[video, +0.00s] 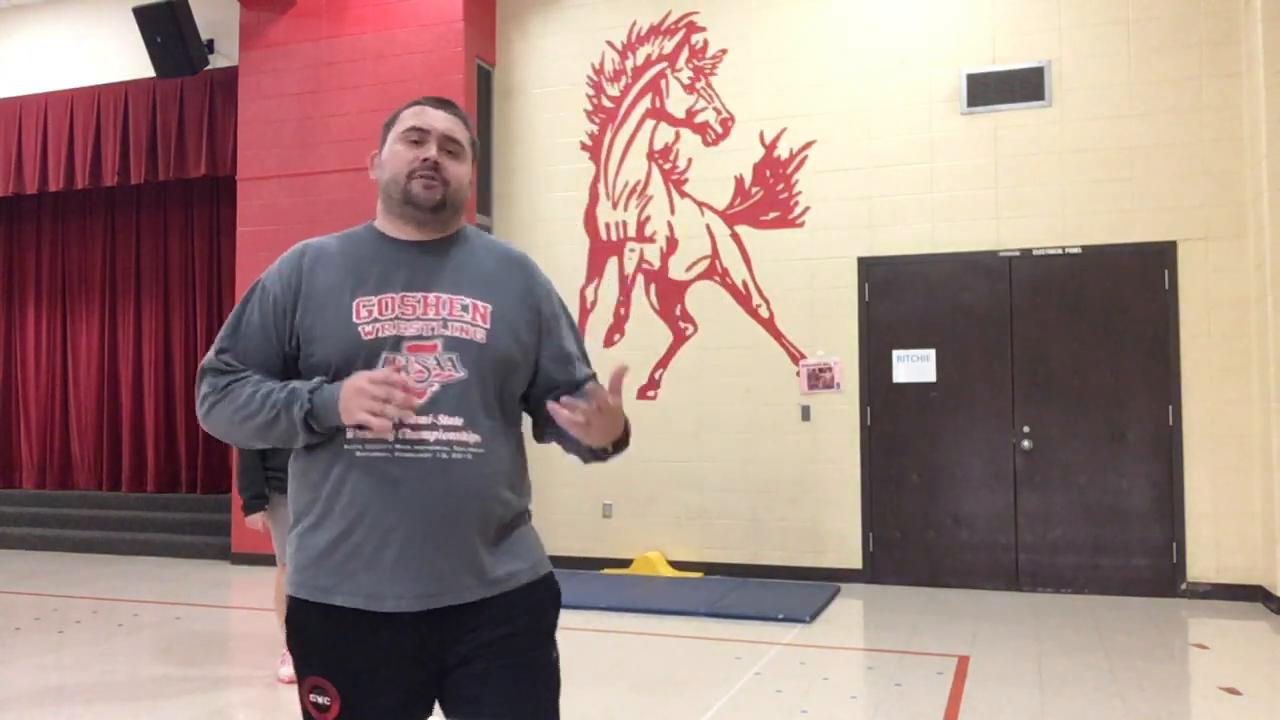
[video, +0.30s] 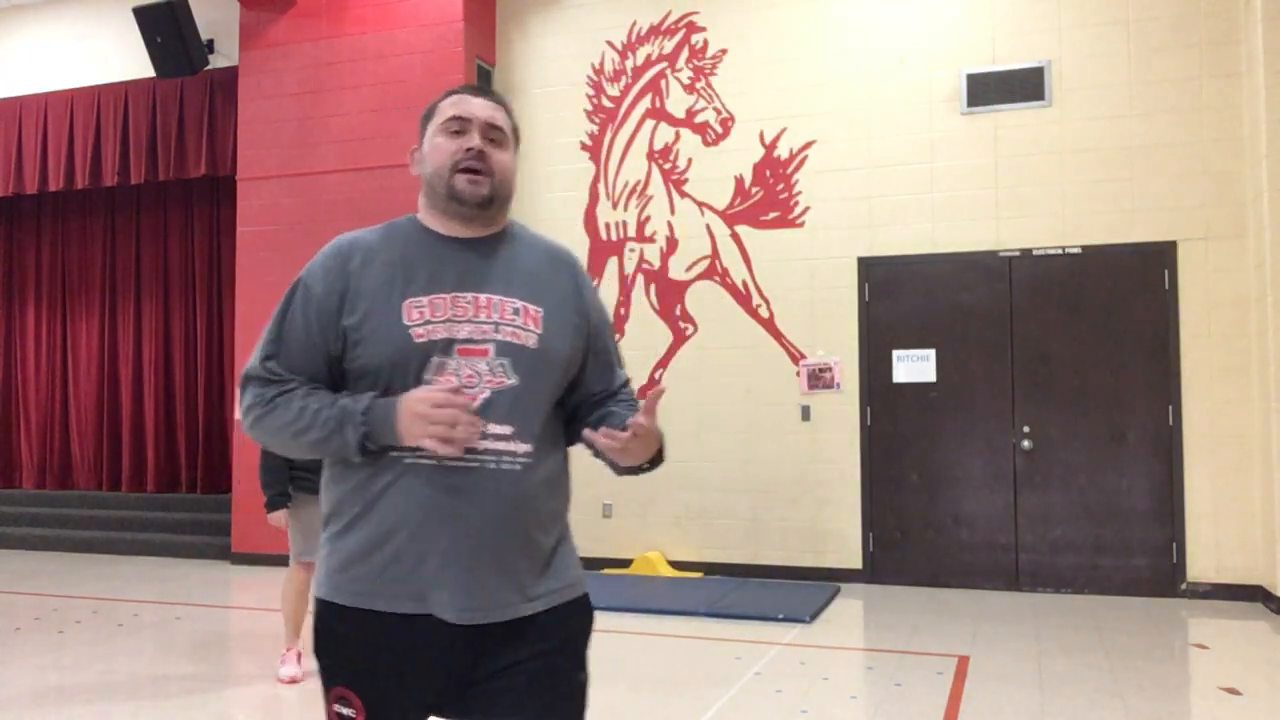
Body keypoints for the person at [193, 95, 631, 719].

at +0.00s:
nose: (431, 154)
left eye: (451, 148)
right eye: (413, 139)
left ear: (472, 178)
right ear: (377, 161)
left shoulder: (515, 277)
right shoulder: (306, 270)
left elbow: (565, 401)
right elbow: (218, 392)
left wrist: (608, 435)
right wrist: (329, 403)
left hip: (497, 597)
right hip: (345, 603)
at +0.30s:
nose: (475, 142)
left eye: (495, 135)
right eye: (455, 129)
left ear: (516, 165)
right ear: (417, 156)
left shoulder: (560, 276)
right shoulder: (349, 265)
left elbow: (601, 399)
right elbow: (264, 399)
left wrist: (639, 448)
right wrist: (385, 418)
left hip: (532, 611)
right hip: (376, 609)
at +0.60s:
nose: (526, 127)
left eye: (547, 120)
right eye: (505, 114)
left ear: (571, 152)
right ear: (467, 142)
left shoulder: (617, 265)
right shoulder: (400, 250)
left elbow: (684, 416)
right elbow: (319, 390)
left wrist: (679, 416)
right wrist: (448, 410)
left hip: (581, 611)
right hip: (423, 609)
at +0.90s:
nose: (566, 119)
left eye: (590, 115)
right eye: (547, 106)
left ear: (614, 156)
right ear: (510, 137)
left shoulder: (659, 262)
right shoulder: (436, 247)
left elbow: (721, 424)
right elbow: (346, 384)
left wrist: (726, 388)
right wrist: (456, 404)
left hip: (620, 617)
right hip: (459, 615)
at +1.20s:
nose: (582, 125)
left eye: (607, 118)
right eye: (565, 112)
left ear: (636, 157)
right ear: (532, 140)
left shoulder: (679, 266)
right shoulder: (456, 247)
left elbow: (742, 423)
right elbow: (355, 365)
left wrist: (743, 361)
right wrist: (435, 375)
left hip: (636, 614)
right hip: (481, 611)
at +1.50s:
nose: (587, 136)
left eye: (609, 125)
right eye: (568, 122)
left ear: (637, 159)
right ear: (535, 149)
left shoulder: (680, 270)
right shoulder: (465, 247)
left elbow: (740, 425)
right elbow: (362, 382)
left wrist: (714, 346)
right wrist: (441, 330)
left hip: (640, 612)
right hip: (488, 609)